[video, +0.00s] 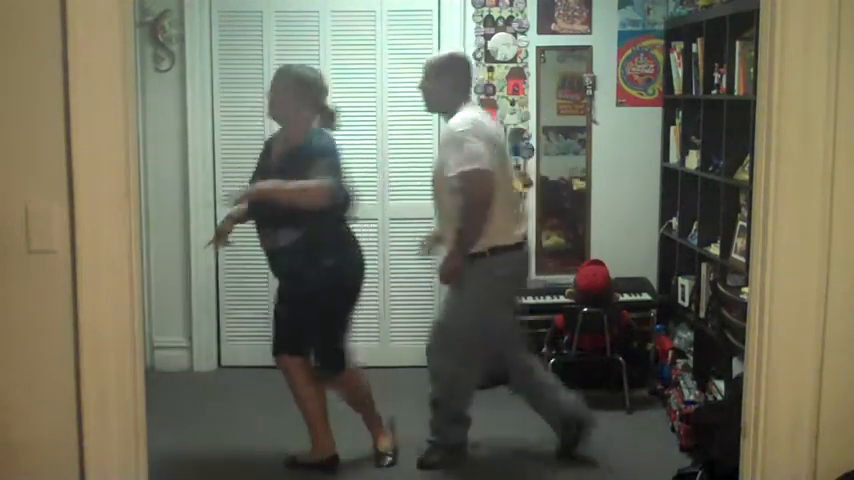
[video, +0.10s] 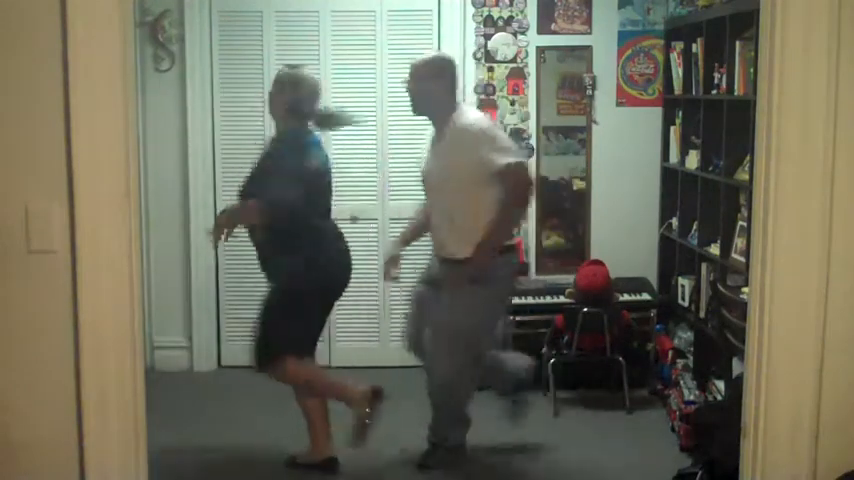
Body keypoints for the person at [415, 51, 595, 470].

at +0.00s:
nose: (421, 89)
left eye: (428, 81)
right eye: (423, 81)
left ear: (450, 82)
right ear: (457, 82)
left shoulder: (464, 127)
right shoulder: (476, 123)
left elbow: (479, 191)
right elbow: (480, 191)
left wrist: (458, 253)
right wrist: (445, 232)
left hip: (488, 260)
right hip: (497, 258)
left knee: (448, 350)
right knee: (505, 350)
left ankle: (448, 442)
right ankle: (569, 419)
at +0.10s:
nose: (408, 92)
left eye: (415, 84)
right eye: (409, 85)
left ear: (441, 85)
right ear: (432, 88)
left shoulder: (474, 128)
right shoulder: (441, 137)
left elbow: (521, 183)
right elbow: (439, 205)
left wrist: (488, 247)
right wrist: (399, 244)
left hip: (480, 267)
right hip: (447, 265)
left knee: (452, 356)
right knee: (422, 341)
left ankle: (448, 444)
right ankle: (516, 375)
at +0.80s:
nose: (373, 80)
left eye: (375, 73)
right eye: (377, 72)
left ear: (381, 75)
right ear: (417, 78)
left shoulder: (354, 121)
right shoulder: (448, 133)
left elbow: (319, 186)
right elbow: (472, 210)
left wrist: (345, 219)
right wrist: (479, 269)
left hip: (352, 258)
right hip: (414, 260)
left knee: (345, 350)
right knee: (410, 363)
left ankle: (339, 445)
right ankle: (396, 460)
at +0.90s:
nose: (353, 78)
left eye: (356, 72)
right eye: (356, 71)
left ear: (365, 75)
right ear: (397, 76)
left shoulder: (346, 122)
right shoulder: (426, 130)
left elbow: (318, 184)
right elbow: (454, 201)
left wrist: (310, 223)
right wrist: (464, 263)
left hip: (353, 261)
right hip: (411, 261)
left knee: (325, 355)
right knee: (401, 365)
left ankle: (322, 451)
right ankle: (396, 459)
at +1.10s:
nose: (321, 83)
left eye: (327, 76)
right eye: (323, 76)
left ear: (347, 78)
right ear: (361, 79)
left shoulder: (354, 124)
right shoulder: (379, 123)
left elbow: (342, 199)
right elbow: (401, 200)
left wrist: (289, 245)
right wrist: (377, 236)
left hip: (349, 263)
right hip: (374, 262)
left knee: (309, 352)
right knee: (339, 352)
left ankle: (316, 455)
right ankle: (402, 429)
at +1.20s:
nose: (308, 84)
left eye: (317, 77)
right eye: (310, 77)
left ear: (343, 81)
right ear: (343, 82)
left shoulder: (361, 123)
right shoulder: (355, 122)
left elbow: (363, 196)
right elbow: (358, 197)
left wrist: (317, 258)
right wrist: (318, 255)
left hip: (356, 263)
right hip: (354, 261)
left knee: (312, 362)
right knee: (325, 358)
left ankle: (317, 458)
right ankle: (380, 424)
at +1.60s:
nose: (325, 73)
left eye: (334, 65)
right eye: (318, 65)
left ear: (349, 72)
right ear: (309, 74)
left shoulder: (387, 118)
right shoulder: (297, 138)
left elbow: (432, 163)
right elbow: (252, 178)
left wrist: (460, 219)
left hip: (398, 242)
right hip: (348, 245)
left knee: (382, 340)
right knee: (342, 345)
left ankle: (392, 440)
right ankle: (361, 434)